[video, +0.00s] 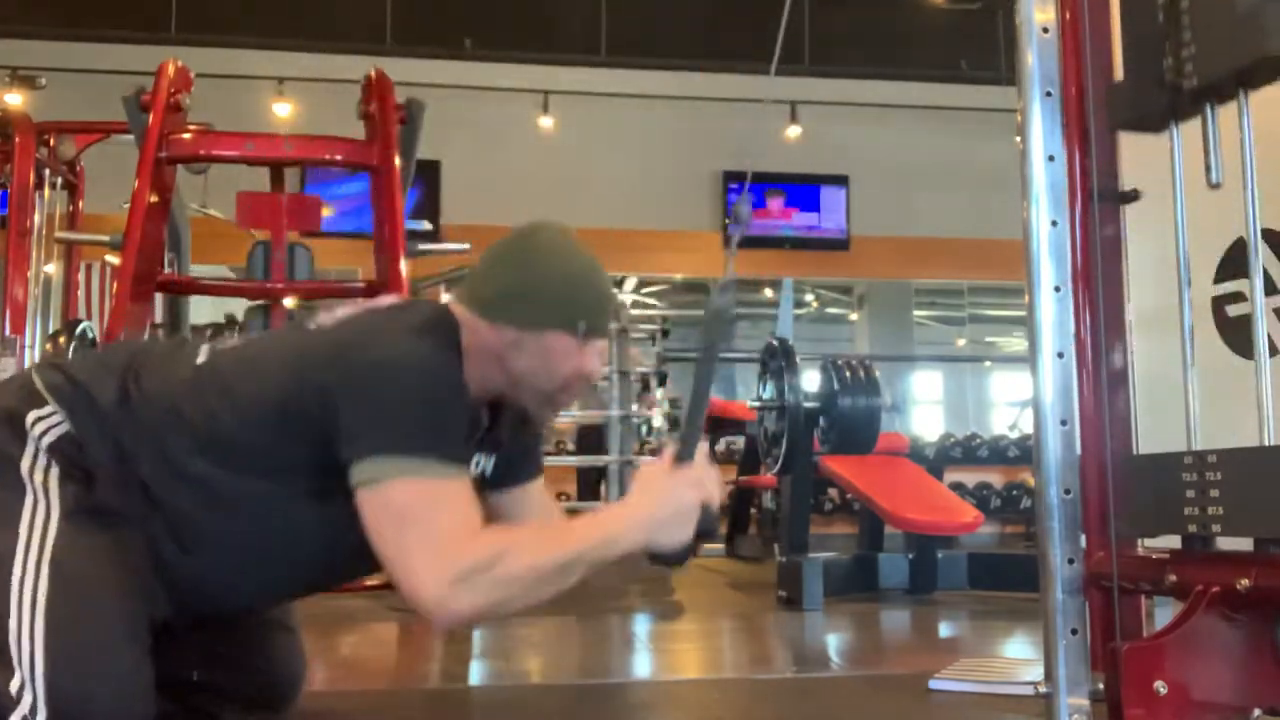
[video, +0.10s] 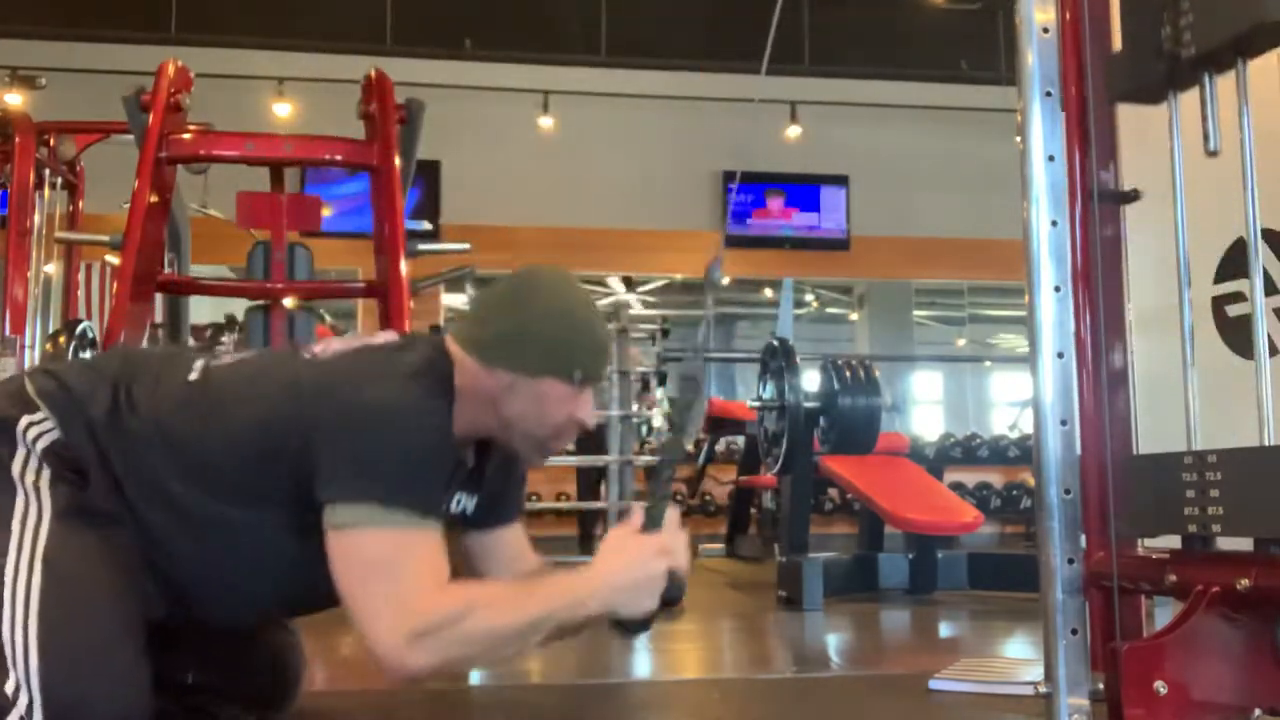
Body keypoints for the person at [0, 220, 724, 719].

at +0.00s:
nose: (596, 364)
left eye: (599, 343)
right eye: (586, 338)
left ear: (519, 329)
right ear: (521, 325)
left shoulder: (502, 408)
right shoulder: (402, 363)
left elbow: (529, 558)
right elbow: (448, 586)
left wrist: (641, 526)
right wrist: (634, 520)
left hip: (182, 505)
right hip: (75, 444)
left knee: (260, 674)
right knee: (82, 701)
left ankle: (77, 661)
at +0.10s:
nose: (590, 416)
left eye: (594, 391)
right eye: (580, 387)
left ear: (524, 378)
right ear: (513, 373)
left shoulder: (483, 434)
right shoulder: (386, 409)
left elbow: (511, 588)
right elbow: (408, 639)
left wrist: (609, 588)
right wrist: (598, 587)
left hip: (175, 499)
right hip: (62, 453)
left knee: (261, 677)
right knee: (79, 699)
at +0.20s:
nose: (581, 450)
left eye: (588, 426)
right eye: (568, 422)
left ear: (504, 418)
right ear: (494, 408)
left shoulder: (480, 464)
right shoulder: (374, 441)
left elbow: (489, 615)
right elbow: (372, 675)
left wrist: (586, 632)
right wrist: (566, 630)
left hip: (177, 504)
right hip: (58, 454)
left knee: (254, 681)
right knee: (82, 702)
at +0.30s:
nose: (578, 475)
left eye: (584, 451)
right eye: (568, 447)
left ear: (501, 435)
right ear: (497, 429)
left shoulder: (468, 477)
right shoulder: (368, 463)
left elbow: (474, 627)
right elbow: (348, 688)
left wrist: (563, 650)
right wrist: (542, 655)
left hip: (178, 492)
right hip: (62, 455)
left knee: (251, 690)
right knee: (80, 704)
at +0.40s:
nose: (576, 484)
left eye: (583, 460)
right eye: (565, 456)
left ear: (497, 443)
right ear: (492, 434)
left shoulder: (466, 487)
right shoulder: (369, 471)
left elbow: (471, 637)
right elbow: (339, 690)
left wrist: (564, 645)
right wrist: (534, 671)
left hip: (172, 494)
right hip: (56, 453)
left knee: (247, 688)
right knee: (78, 699)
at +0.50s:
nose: (582, 481)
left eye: (588, 458)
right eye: (572, 454)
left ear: (508, 441)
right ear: (503, 433)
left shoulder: (469, 486)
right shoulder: (374, 467)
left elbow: (480, 638)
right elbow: (352, 691)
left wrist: (572, 647)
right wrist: (550, 668)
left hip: (175, 494)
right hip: (60, 450)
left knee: (249, 688)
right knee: (79, 701)